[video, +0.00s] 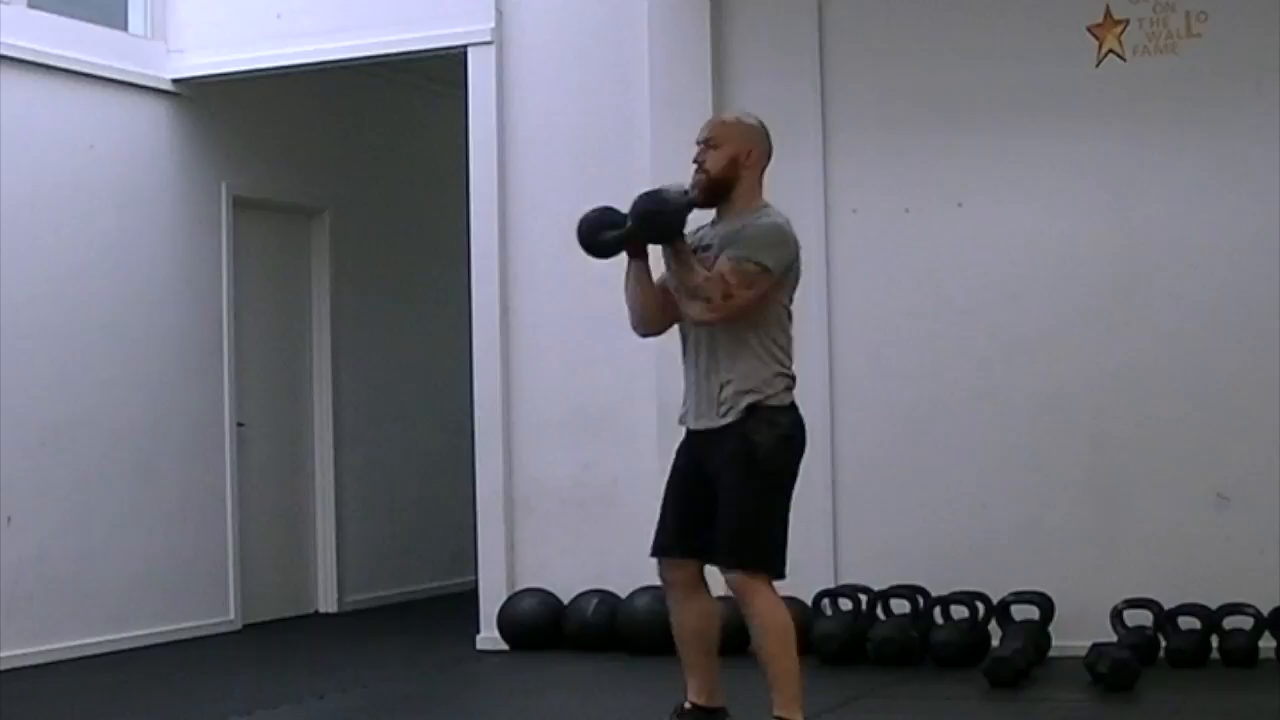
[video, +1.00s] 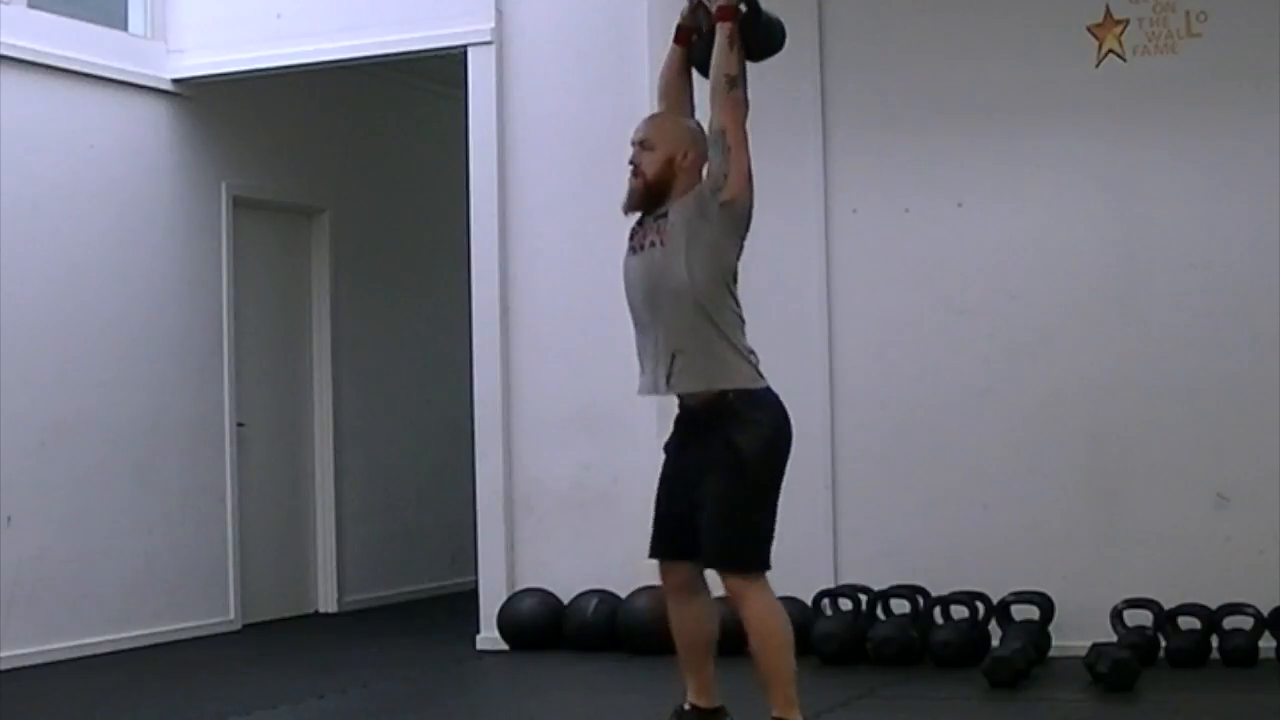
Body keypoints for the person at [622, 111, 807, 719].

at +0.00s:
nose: (696, 155)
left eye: (709, 146)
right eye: (697, 146)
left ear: (748, 159)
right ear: (726, 161)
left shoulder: (771, 233)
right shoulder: (700, 237)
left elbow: (707, 301)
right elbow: (647, 319)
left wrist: (673, 237)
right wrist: (636, 248)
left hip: (761, 425)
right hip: (706, 429)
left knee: (747, 574)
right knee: (678, 565)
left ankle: (789, 712)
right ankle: (703, 705)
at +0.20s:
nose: (688, 184)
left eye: (701, 175)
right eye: (689, 175)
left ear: (740, 189)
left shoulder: (761, 266)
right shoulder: (682, 259)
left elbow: (690, 332)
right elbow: (635, 354)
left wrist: (689, 247)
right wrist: (655, 273)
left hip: (746, 455)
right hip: (688, 458)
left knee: (708, 596)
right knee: (636, 584)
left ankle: (785, 713)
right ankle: (699, 705)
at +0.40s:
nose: (711, 176)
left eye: (726, 168)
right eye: (715, 167)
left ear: (761, 186)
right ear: (724, 183)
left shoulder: (770, 257)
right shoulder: (692, 248)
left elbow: (706, 319)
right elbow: (636, 330)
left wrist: (704, 238)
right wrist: (652, 257)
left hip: (736, 442)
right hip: (680, 443)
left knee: (710, 596)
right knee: (639, 583)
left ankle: (782, 713)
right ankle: (698, 705)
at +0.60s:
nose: (681, 155)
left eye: (690, 144)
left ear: (720, 150)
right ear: (737, 148)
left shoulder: (765, 212)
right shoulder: (678, 213)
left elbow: (698, 192)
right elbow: (610, 190)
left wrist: (692, 125)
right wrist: (640, 131)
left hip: (739, 410)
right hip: (682, 409)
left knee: (732, 561)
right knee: (664, 560)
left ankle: (785, 709)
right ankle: (695, 699)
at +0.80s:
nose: (651, 181)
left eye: (663, 172)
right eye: (650, 173)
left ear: (701, 180)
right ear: (656, 189)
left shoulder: (726, 237)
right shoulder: (663, 242)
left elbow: (730, 144)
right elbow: (650, 145)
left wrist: (717, 66)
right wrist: (663, 71)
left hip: (751, 443)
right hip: (699, 446)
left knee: (720, 593)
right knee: (645, 578)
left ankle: (787, 714)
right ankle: (701, 707)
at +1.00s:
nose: (633, 159)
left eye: (646, 149)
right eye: (634, 147)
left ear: (688, 159)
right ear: (664, 160)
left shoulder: (718, 207)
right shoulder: (654, 214)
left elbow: (730, 104)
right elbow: (669, 110)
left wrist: (728, 35)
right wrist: (685, 34)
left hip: (746, 415)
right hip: (694, 419)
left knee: (741, 574)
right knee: (679, 570)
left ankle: (787, 711)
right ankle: (702, 705)